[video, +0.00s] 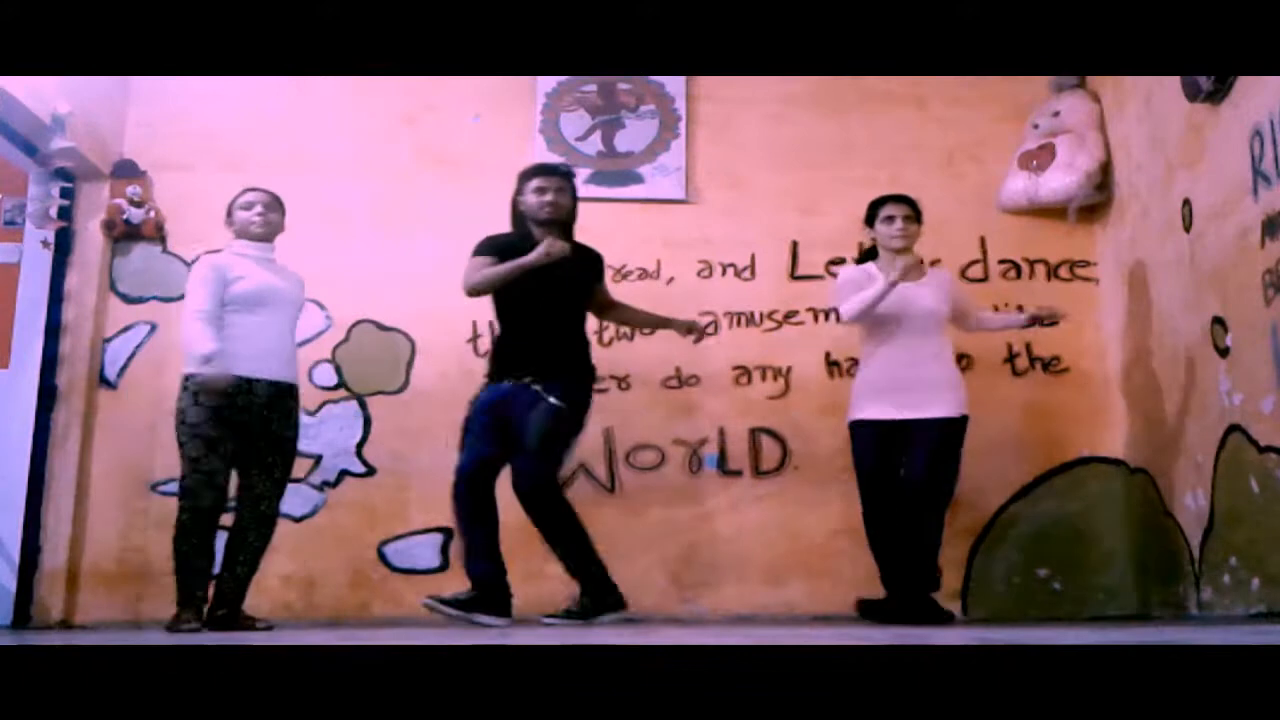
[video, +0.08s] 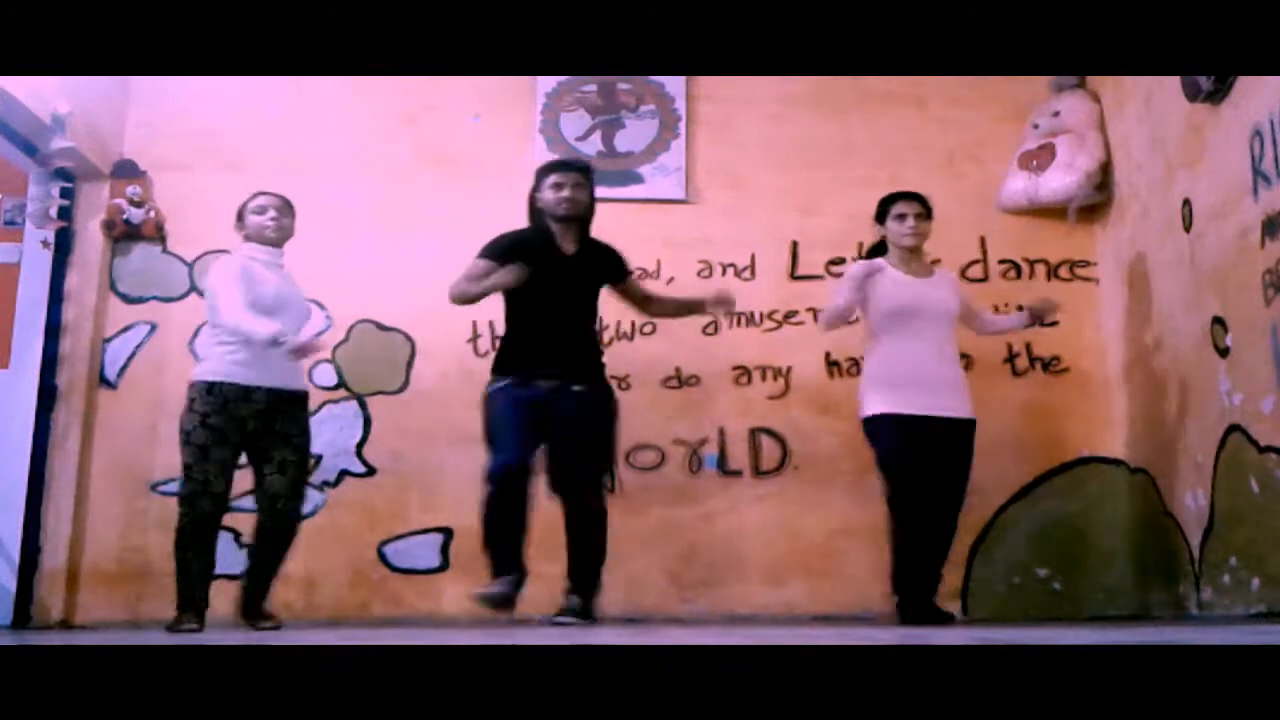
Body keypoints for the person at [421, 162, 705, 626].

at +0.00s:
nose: (550, 198)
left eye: (560, 192)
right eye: (539, 192)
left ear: (574, 205)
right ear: (518, 203)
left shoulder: (585, 261)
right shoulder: (500, 247)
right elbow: (472, 283)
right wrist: (533, 259)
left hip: (563, 385)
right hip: (506, 383)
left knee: (532, 481)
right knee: (471, 480)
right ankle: (489, 594)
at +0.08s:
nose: (567, 193)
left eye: (576, 187)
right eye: (556, 187)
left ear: (591, 200)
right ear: (536, 198)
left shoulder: (602, 257)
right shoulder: (514, 246)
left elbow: (646, 303)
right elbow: (459, 292)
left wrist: (704, 304)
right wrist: (497, 280)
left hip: (581, 388)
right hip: (519, 387)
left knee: (583, 491)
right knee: (507, 470)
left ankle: (581, 595)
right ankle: (506, 574)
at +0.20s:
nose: (580, 190)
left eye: (590, 184)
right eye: (568, 184)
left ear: (604, 196)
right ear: (550, 196)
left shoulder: (621, 249)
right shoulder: (528, 246)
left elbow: (692, 287)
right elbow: (456, 291)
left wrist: (709, 264)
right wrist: (446, 310)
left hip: (583, 382)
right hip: (531, 379)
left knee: (604, 480)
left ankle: (537, 590)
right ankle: (545, 577)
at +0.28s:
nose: (590, 194)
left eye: (600, 187)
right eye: (579, 187)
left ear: (614, 199)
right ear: (561, 200)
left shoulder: (630, 250)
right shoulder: (539, 250)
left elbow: (705, 277)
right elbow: (482, 297)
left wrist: (706, 241)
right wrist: (461, 320)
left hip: (589, 380)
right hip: (545, 380)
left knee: (608, 486)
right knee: (607, 484)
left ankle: (555, 588)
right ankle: (562, 591)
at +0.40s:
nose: (605, 189)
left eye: (615, 183)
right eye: (593, 183)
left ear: (629, 196)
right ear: (573, 196)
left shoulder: (646, 253)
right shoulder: (546, 251)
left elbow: (688, 305)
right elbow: (520, 311)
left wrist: (729, 313)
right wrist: (571, 302)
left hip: (625, 387)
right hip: (561, 389)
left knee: (665, 464)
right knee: (546, 477)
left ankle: (620, 569)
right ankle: (559, 590)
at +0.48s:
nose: (614, 189)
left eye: (624, 182)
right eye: (603, 182)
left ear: (638, 194)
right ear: (582, 194)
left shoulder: (651, 253)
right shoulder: (562, 243)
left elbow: (670, 306)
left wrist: (723, 324)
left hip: (634, 384)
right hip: (572, 385)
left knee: (628, 481)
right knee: (528, 485)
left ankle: (669, 589)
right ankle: (554, 595)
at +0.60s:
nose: (637, 219)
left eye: (644, 213)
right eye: (627, 213)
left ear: (655, 221)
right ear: (609, 220)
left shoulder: (663, 270)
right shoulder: (596, 259)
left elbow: (690, 310)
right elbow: (590, 293)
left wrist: (742, 301)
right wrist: (654, 283)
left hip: (651, 380)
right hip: (602, 378)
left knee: (650, 464)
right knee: (563, 456)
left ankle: (683, 556)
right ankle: (568, 544)